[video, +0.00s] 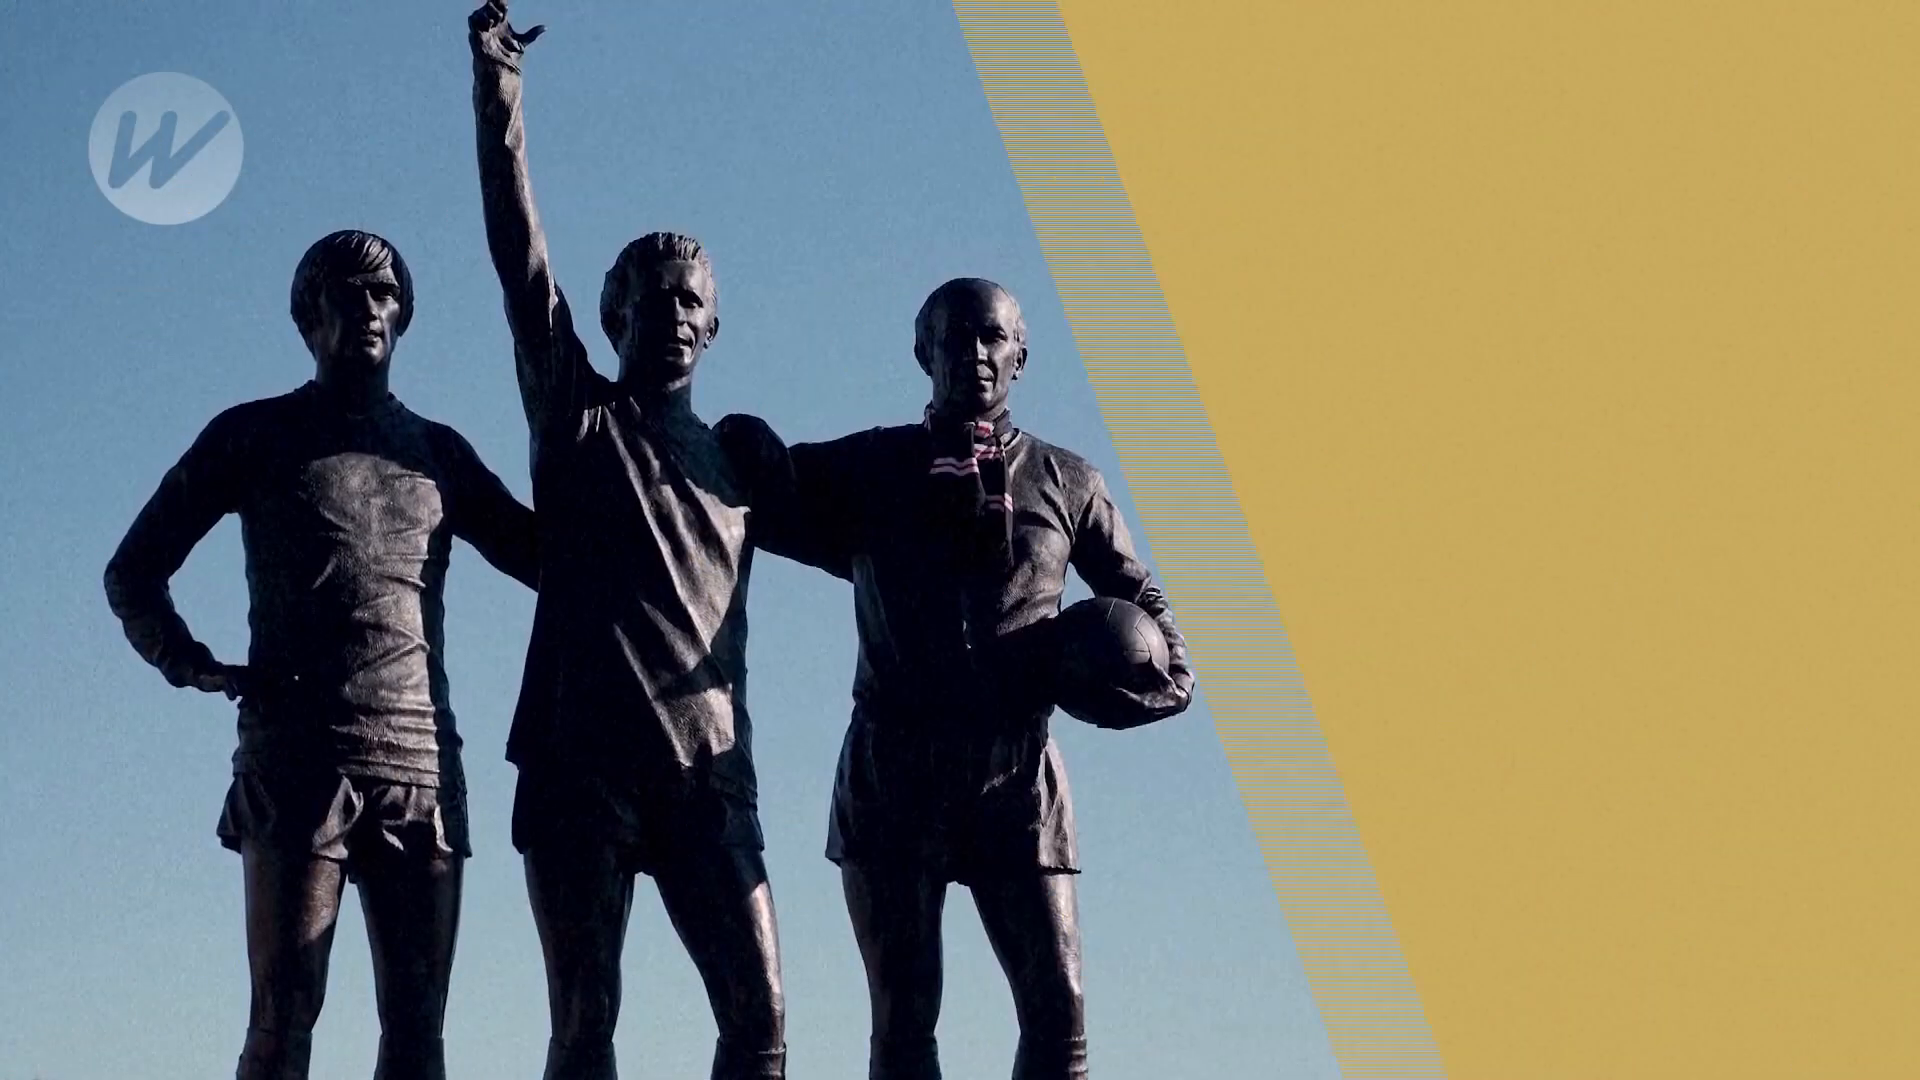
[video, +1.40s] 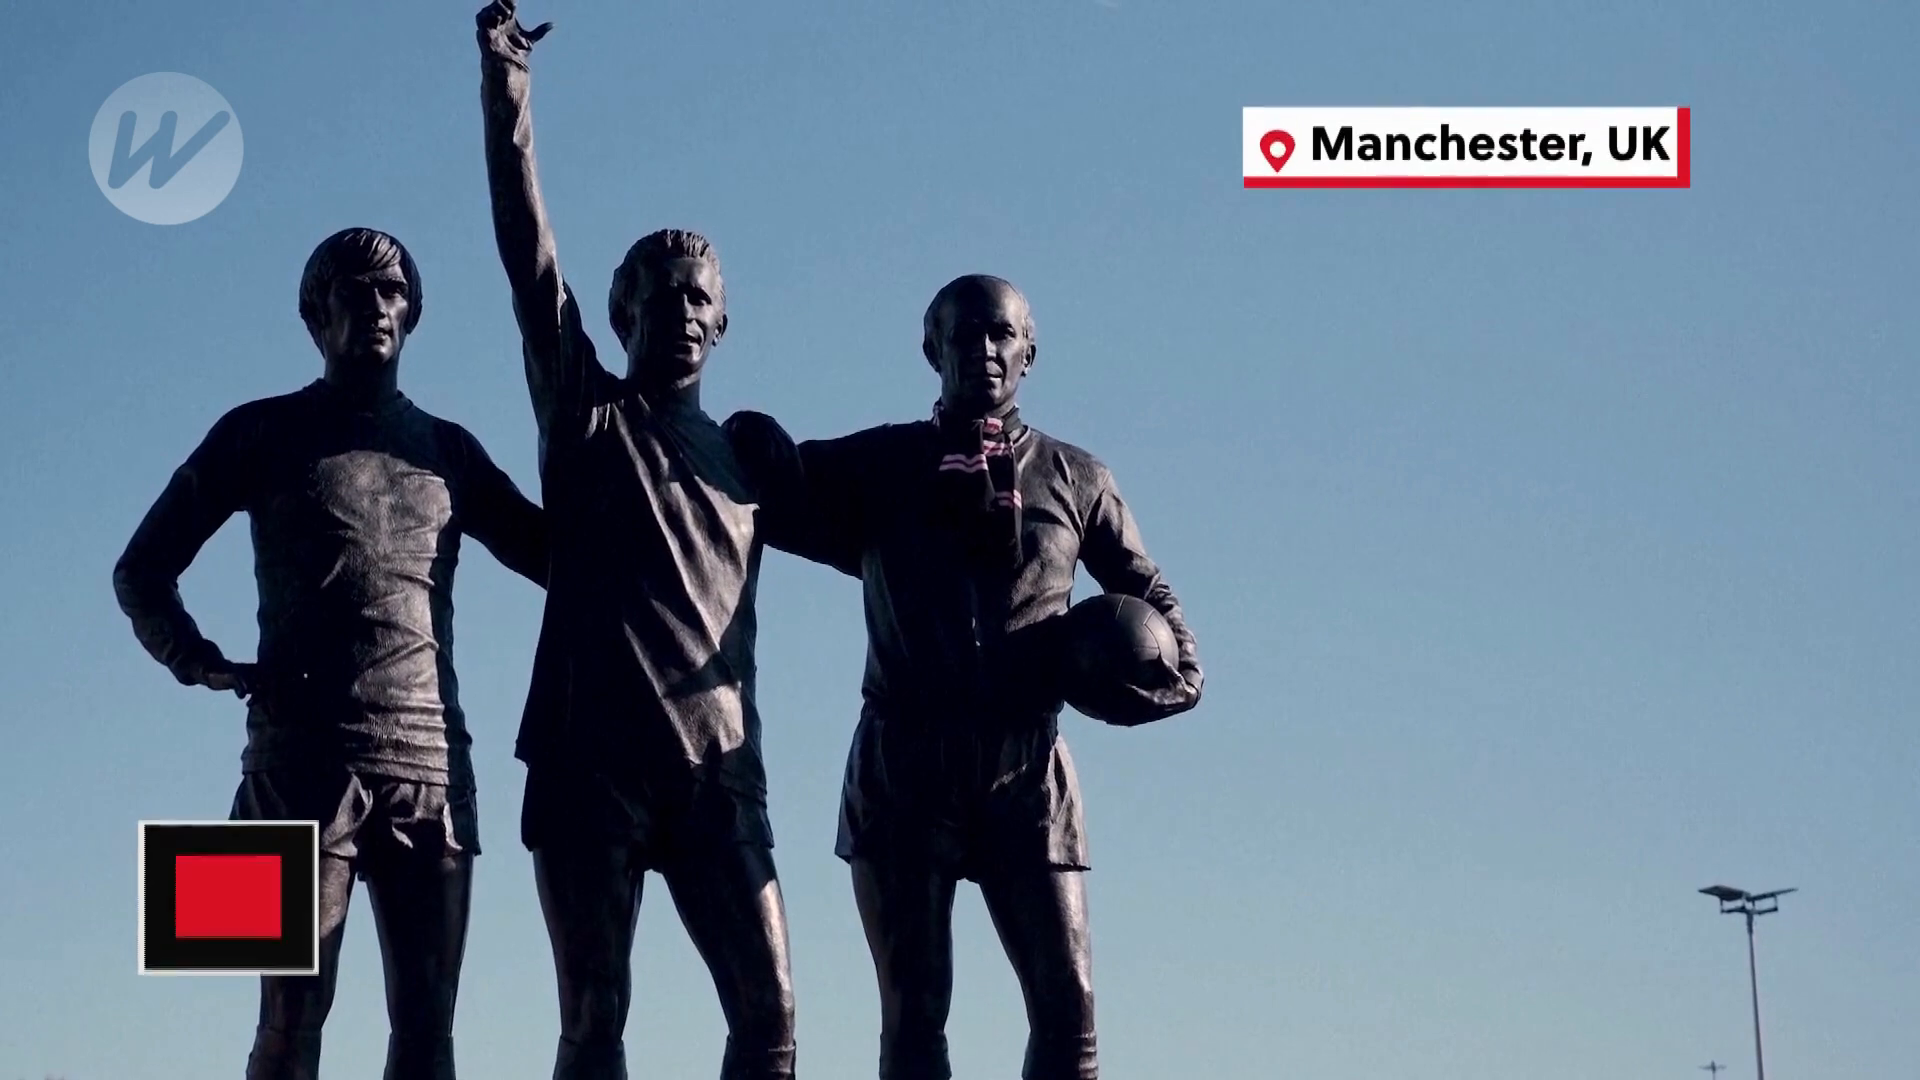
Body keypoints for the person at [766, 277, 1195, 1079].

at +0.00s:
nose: (979, 354)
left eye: (996, 339)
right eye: (959, 337)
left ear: (1018, 357)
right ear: (925, 349)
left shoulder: (1065, 481)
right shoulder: (870, 465)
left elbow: (1139, 597)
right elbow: (745, 481)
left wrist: (1161, 666)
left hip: (1018, 773)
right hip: (893, 773)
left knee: (1057, 1012)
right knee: (903, 1020)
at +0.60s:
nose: (983, 347)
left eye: (999, 331)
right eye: (963, 331)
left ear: (1023, 349)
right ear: (929, 343)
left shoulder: (1069, 473)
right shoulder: (875, 457)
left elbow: (1142, 589)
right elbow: (757, 477)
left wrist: (1164, 655)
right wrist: (751, 436)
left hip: (1021, 767)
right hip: (898, 766)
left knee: (1062, 1004)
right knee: (908, 1011)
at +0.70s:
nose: (984, 346)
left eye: (1001, 330)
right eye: (965, 329)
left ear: (1024, 346)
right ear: (929, 341)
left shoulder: (1071, 473)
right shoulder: (874, 456)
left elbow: (1144, 588)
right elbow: (750, 472)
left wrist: (1166, 655)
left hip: (1024, 764)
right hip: (899, 763)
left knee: (1063, 1002)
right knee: (909, 1010)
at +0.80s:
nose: (984, 346)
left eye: (1001, 330)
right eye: (965, 330)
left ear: (1026, 347)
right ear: (932, 343)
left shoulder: (1072, 472)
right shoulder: (879, 457)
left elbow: (1145, 588)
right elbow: (759, 474)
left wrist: (1171, 658)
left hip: (1024, 765)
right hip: (901, 765)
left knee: (1065, 1001)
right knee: (910, 1011)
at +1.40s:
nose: (984, 348)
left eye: (1002, 334)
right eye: (966, 333)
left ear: (1028, 353)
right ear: (933, 348)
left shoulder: (1076, 478)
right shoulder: (879, 461)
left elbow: (1150, 598)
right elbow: (765, 484)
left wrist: (1179, 668)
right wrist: (754, 434)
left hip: (1025, 771)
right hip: (902, 769)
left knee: (1067, 1003)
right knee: (913, 1015)